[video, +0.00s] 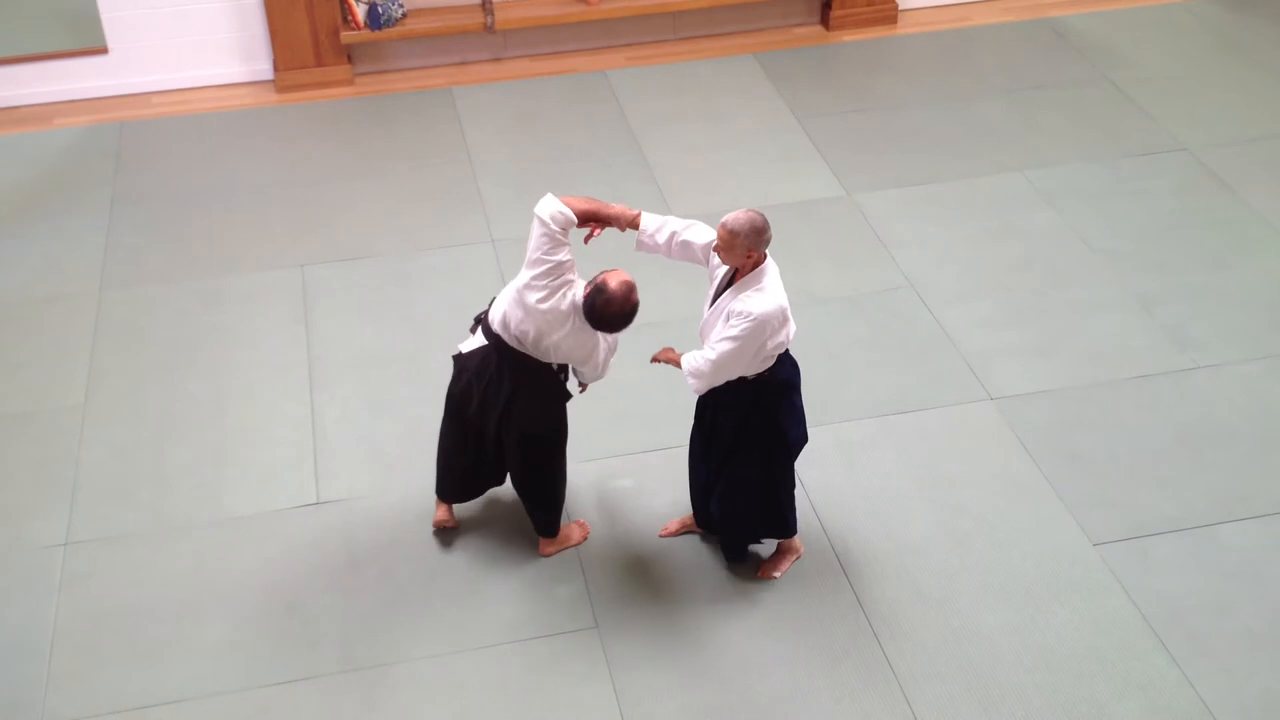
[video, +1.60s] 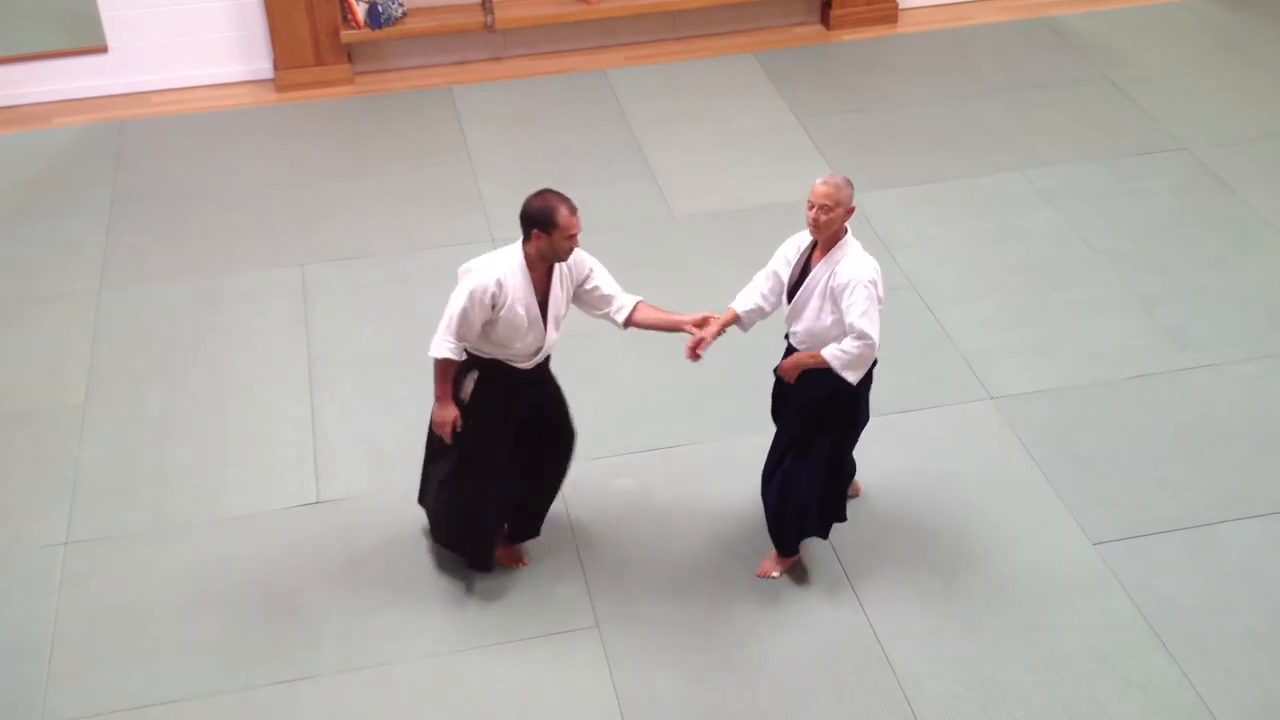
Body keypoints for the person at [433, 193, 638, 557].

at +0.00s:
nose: (620, 269)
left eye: (614, 276)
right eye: (629, 278)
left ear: (590, 286)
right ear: (618, 322)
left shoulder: (551, 268)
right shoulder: (599, 344)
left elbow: (554, 210)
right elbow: (588, 377)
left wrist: (609, 213)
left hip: (487, 356)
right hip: (539, 378)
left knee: (459, 429)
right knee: (543, 455)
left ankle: (443, 506)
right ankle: (549, 535)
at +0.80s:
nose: (612, 251)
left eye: (613, 256)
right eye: (625, 257)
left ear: (598, 266)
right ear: (624, 303)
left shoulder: (554, 254)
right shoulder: (600, 331)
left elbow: (561, 185)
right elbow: (582, 368)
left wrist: (603, 215)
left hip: (486, 351)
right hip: (541, 376)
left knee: (461, 425)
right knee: (551, 449)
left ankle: (442, 503)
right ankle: (556, 530)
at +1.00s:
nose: (602, 232)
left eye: (601, 237)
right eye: (608, 242)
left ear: (583, 240)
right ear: (599, 281)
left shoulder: (559, 233)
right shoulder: (561, 329)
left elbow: (590, 226)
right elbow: (566, 385)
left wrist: (623, 256)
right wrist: (581, 393)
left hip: (477, 340)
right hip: (510, 379)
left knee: (477, 420)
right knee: (552, 453)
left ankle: (422, 473)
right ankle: (556, 534)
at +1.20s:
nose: (577, 253)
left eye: (577, 247)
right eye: (571, 249)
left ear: (541, 252)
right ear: (544, 257)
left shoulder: (533, 254)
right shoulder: (512, 309)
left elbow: (592, 284)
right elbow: (511, 379)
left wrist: (649, 304)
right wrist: (546, 419)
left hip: (467, 363)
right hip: (486, 385)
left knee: (466, 443)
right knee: (545, 455)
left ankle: (443, 498)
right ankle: (560, 534)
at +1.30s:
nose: (567, 247)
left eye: (567, 239)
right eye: (561, 241)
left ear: (534, 245)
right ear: (531, 247)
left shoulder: (551, 261)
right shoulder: (489, 294)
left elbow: (600, 299)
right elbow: (481, 371)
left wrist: (659, 318)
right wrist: (516, 418)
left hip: (503, 369)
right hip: (472, 380)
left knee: (466, 449)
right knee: (530, 455)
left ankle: (442, 500)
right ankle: (551, 535)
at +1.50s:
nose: (568, 241)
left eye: (569, 232)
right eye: (561, 234)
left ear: (534, 236)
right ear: (529, 236)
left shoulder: (567, 265)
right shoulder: (480, 279)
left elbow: (615, 308)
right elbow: (447, 348)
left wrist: (677, 322)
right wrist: (457, 408)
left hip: (520, 379)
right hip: (476, 379)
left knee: (520, 459)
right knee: (477, 461)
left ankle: (524, 533)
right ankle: (474, 534)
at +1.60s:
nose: (576, 241)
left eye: (577, 233)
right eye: (569, 235)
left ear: (546, 235)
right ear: (537, 236)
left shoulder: (574, 265)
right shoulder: (487, 279)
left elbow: (623, 308)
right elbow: (448, 341)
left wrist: (684, 321)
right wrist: (443, 401)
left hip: (536, 375)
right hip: (487, 380)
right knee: (483, 460)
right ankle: (474, 534)